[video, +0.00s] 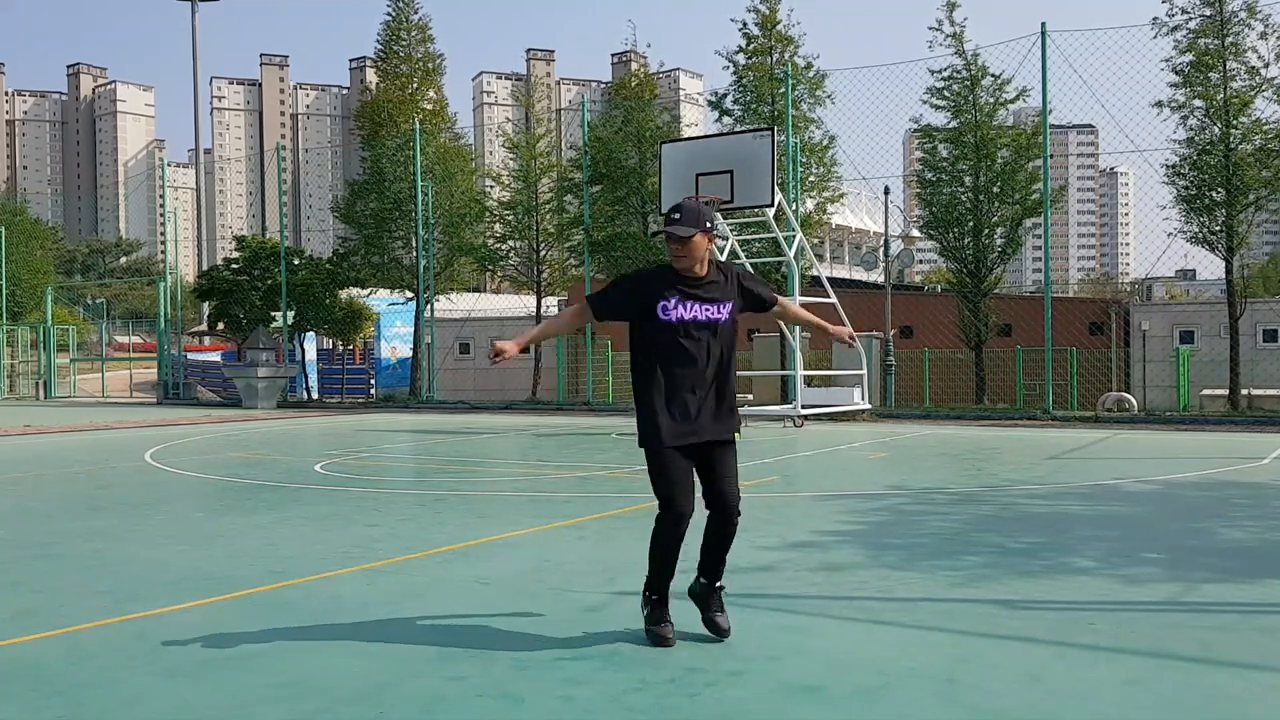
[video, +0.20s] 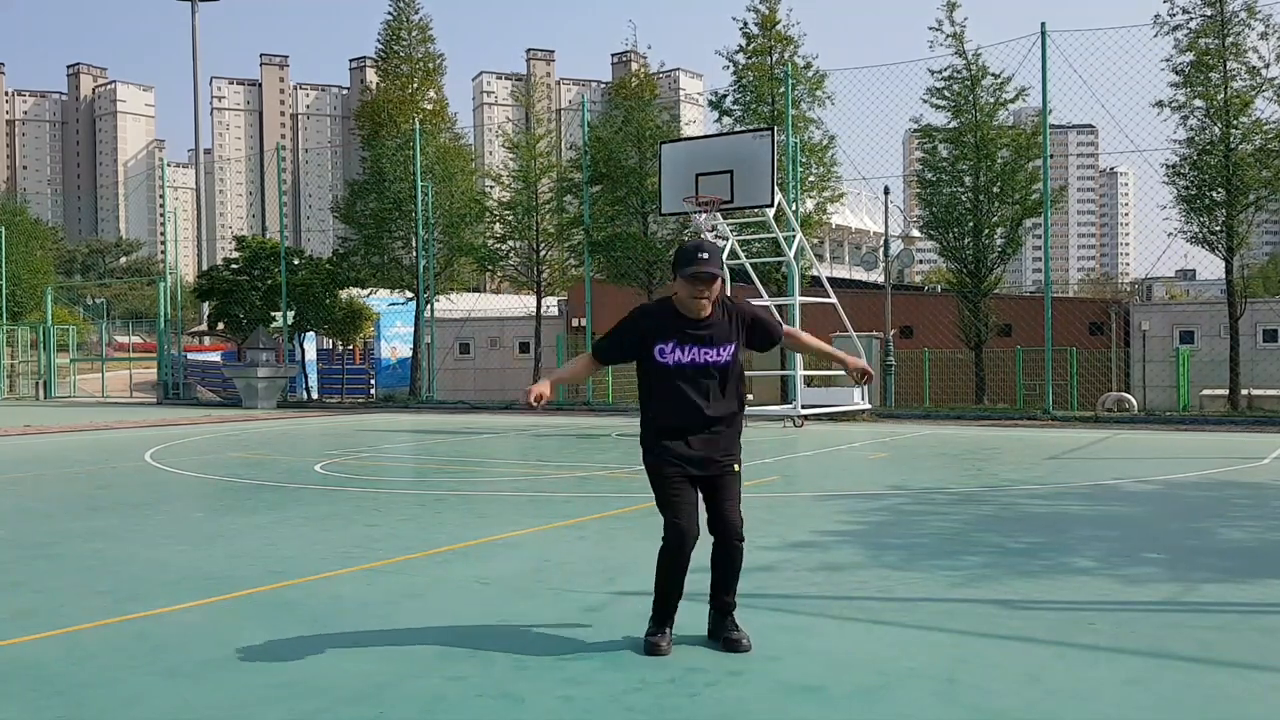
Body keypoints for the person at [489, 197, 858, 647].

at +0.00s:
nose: (675, 247)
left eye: (684, 239)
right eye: (671, 239)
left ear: (710, 239)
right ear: (666, 239)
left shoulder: (733, 281)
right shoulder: (644, 285)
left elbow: (779, 305)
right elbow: (582, 312)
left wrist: (826, 327)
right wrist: (522, 341)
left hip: (716, 419)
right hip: (663, 422)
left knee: (727, 509)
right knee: (677, 509)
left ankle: (707, 586)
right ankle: (656, 602)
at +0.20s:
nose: (702, 290)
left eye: (710, 281)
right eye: (693, 281)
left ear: (720, 281)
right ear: (673, 279)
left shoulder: (738, 316)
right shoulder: (647, 320)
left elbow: (789, 336)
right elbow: (595, 358)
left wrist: (844, 358)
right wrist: (550, 380)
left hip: (721, 449)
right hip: (667, 450)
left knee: (730, 532)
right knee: (682, 532)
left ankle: (723, 622)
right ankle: (662, 623)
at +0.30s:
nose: (716, 301)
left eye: (721, 292)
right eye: (706, 294)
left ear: (727, 289)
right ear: (678, 294)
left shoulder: (733, 332)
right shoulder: (646, 332)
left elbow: (776, 373)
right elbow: (613, 389)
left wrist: (804, 429)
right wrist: (611, 456)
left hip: (712, 443)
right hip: (661, 446)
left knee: (720, 522)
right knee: (681, 517)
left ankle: (723, 618)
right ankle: (662, 618)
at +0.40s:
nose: (713, 283)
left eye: (715, 275)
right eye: (703, 277)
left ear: (720, 275)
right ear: (673, 280)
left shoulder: (728, 320)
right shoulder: (639, 321)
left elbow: (746, 381)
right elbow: (640, 396)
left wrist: (737, 443)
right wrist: (696, 433)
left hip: (707, 429)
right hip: (655, 430)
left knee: (714, 523)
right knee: (674, 519)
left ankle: (723, 617)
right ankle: (661, 618)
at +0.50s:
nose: (705, 255)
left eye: (707, 247)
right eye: (694, 248)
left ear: (710, 246)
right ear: (665, 247)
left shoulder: (719, 291)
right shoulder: (634, 293)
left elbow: (734, 364)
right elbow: (652, 364)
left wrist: (698, 397)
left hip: (701, 425)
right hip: (650, 428)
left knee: (709, 516)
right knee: (667, 521)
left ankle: (710, 604)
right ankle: (660, 620)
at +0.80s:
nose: (685, 290)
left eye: (691, 280)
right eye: (676, 280)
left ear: (696, 280)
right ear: (649, 276)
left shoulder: (698, 321)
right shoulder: (614, 321)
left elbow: (751, 375)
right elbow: (590, 388)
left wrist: (700, 353)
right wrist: (651, 358)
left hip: (691, 457)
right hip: (637, 462)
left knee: (705, 548)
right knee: (659, 553)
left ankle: (681, 638)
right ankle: (623, 645)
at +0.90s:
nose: (676, 292)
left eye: (685, 285)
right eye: (667, 282)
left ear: (693, 286)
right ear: (645, 276)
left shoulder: (698, 322)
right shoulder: (607, 318)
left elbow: (768, 344)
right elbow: (535, 352)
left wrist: (725, 365)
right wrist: (589, 378)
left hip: (679, 452)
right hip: (623, 454)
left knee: (691, 542)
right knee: (646, 542)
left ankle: (682, 638)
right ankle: (622, 642)